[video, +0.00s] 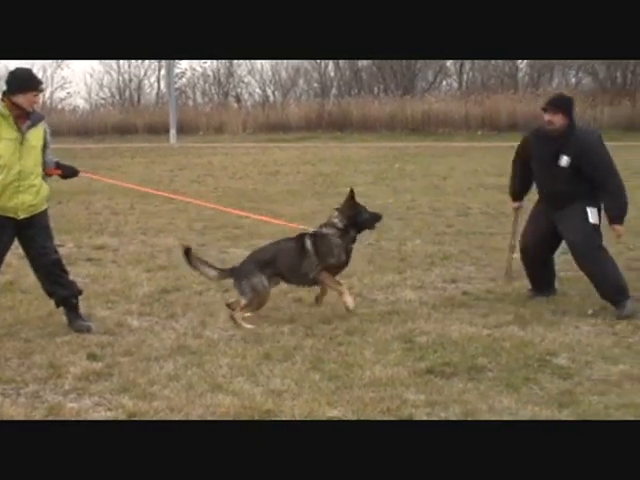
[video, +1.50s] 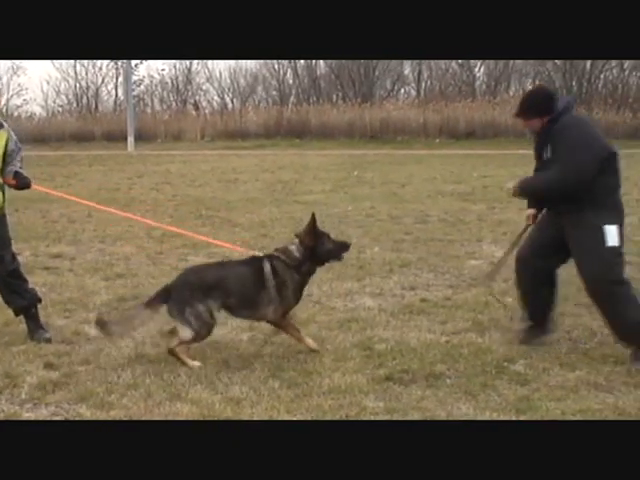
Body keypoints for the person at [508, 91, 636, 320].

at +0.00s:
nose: (548, 118)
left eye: (554, 114)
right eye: (546, 113)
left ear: (567, 117)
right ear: (542, 114)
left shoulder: (586, 141)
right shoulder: (534, 140)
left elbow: (609, 178)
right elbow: (521, 166)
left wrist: (616, 216)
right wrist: (517, 195)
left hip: (580, 206)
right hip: (547, 205)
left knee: (587, 252)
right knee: (531, 246)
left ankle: (622, 300)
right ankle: (542, 289)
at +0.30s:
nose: (574, 116)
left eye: (581, 112)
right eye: (572, 110)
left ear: (595, 114)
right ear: (568, 110)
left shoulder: (612, 139)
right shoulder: (554, 131)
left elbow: (629, 175)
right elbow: (529, 155)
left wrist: (611, 202)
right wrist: (523, 191)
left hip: (595, 206)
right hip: (555, 203)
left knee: (609, 256)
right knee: (538, 249)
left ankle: (617, 307)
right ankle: (538, 289)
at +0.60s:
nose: (555, 134)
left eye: (561, 128)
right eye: (553, 128)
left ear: (578, 126)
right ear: (551, 126)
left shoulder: (607, 144)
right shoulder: (548, 153)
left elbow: (633, 179)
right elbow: (536, 191)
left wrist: (610, 213)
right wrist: (533, 230)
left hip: (614, 223)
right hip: (573, 224)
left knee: (626, 273)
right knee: (553, 272)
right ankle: (544, 332)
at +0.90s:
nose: (599, 138)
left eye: (606, 133)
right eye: (597, 132)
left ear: (623, 132)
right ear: (592, 129)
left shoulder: (635, 151)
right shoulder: (582, 150)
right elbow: (565, 181)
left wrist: (639, 206)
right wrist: (566, 220)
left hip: (635, 233)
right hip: (603, 231)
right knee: (570, 277)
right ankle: (544, 334)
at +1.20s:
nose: (592, 138)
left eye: (598, 134)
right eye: (591, 132)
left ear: (616, 135)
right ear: (588, 129)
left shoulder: (634, 156)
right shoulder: (578, 147)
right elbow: (560, 173)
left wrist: (635, 242)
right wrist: (553, 210)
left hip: (629, 227)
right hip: (592, 221)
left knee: (637, 276)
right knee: (561, 265)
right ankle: (549, 329)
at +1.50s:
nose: (526, 126)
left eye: (528, 121)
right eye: (525, 121)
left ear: (543, 117)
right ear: (541, 117)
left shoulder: (575, 132)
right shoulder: (549, 134)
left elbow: (570, 178)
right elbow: (546, 171)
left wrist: (527, 186)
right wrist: (536, 205)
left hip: (594, 217)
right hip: (561, 215)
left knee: (604, 281)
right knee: (530, 260)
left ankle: (636, 340)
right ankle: (538, 324)